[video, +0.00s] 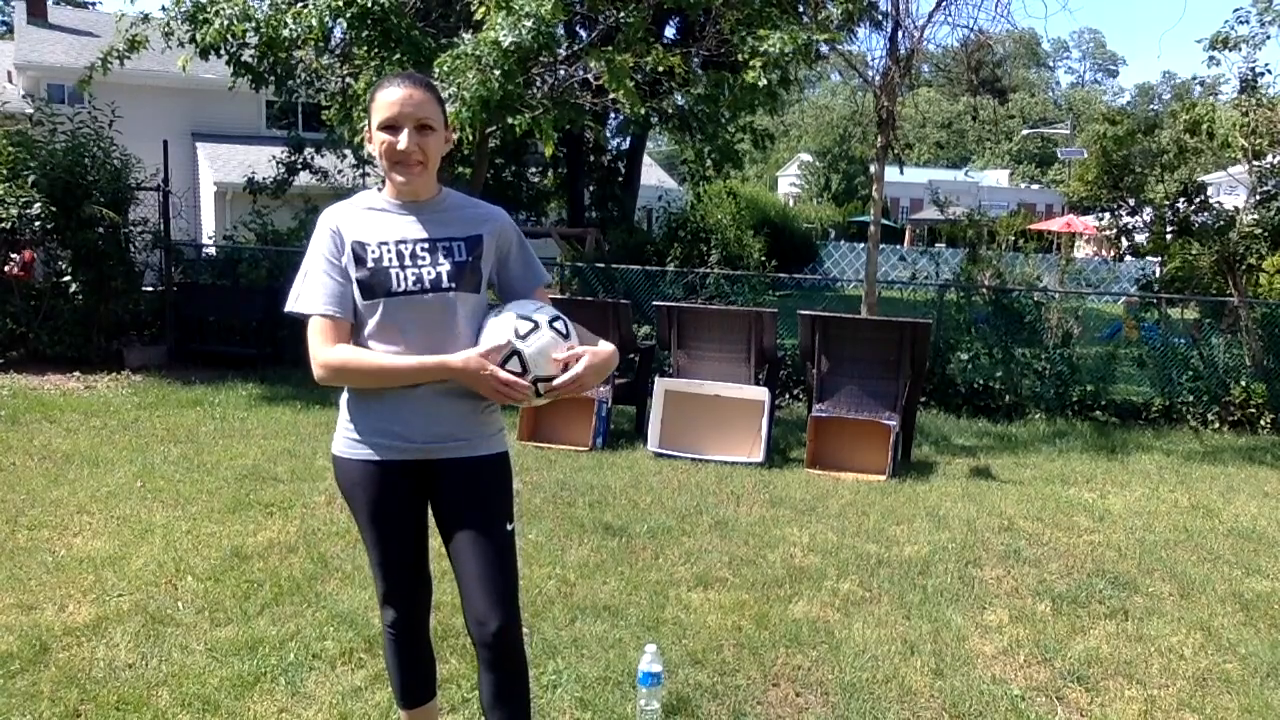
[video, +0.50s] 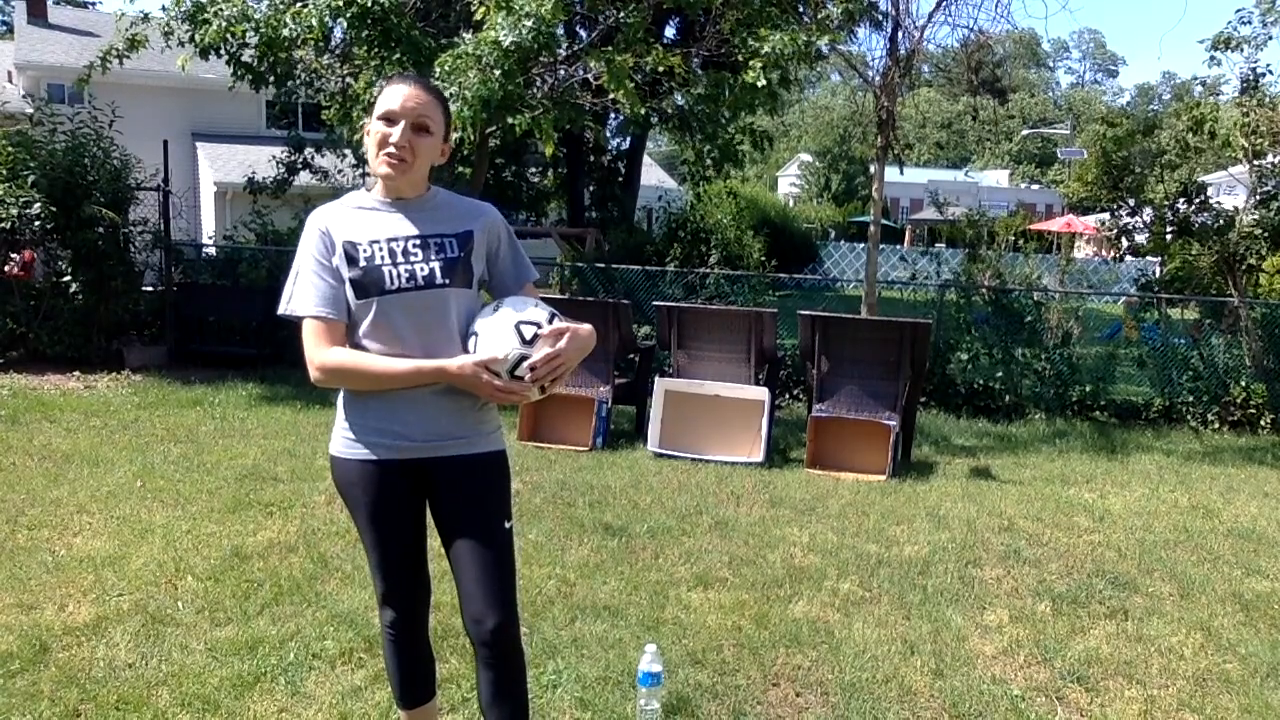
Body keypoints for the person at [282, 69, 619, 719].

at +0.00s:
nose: (406, 141)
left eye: (422, 127)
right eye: (390, 128)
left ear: (446, 138)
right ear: (370, 140)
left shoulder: (490, 225)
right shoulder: (341, 226)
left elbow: (542, 329)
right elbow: (326, 361)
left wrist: (606, 352)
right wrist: (451, 367)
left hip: (472, 451)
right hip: (376, 454)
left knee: (496, 626)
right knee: (402, 614)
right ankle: (420, 715)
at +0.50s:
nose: (397, 134)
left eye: (418, 127)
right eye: (387, 119)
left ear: (443, 150)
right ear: (367, 132)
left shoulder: (482, 222)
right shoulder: (330, 227)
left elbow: (530, 321)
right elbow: (322, 361)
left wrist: (583, 336)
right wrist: (447, 371)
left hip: (469, 450)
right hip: (373, 455)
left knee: (494, 625)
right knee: (402, 616)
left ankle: (506, 717)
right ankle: (419, 714)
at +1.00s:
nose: (413, 149)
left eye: (431, 136)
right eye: (399, 132)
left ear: (452, 145)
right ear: (374, 137)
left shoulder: (490, 226)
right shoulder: (341, 225)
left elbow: (536, 329)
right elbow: (327, 358)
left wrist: (588, 341)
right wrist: (453, 367)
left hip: (474, 453)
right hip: (377, 456)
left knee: (498, 625)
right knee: (404, 618)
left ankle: (509, 718)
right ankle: (420, 714)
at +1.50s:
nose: (424, 135)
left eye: (440, 123)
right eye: (407, 123)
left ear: (461, 138)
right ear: (384, 140)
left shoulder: (501, 227)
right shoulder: (352, 225)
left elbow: (545, 328)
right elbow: (333, 361)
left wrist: (599, 349)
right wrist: (461, 376)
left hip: (477, 450)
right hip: (381, 452)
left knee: (503, 624)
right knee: (405, 612)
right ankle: (421, 714)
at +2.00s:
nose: (415, 160)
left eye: (432, 143)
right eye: (400, 144)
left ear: (458, 146)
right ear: (380, 147)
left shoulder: (499, 230)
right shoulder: (351, 229)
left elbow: (541, 337)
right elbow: (333, 359)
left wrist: (599, 348)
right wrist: (454, 367)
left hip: (479, 452)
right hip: (382, 455)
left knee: (505, 629)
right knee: (406, 614)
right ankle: (421, 714)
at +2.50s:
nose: (423, 151)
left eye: (438, 136)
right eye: (407, 136)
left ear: (461, 143)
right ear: (384, 144)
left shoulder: (499, 230)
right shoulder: (351, 228)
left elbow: (522, 351)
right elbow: (327, 361)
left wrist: (573, 394)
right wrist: (447, 377)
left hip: (474, 451)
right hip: (380, 452)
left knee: (500, 625)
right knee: (404, 613)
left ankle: (509, 719)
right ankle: (421, 714)